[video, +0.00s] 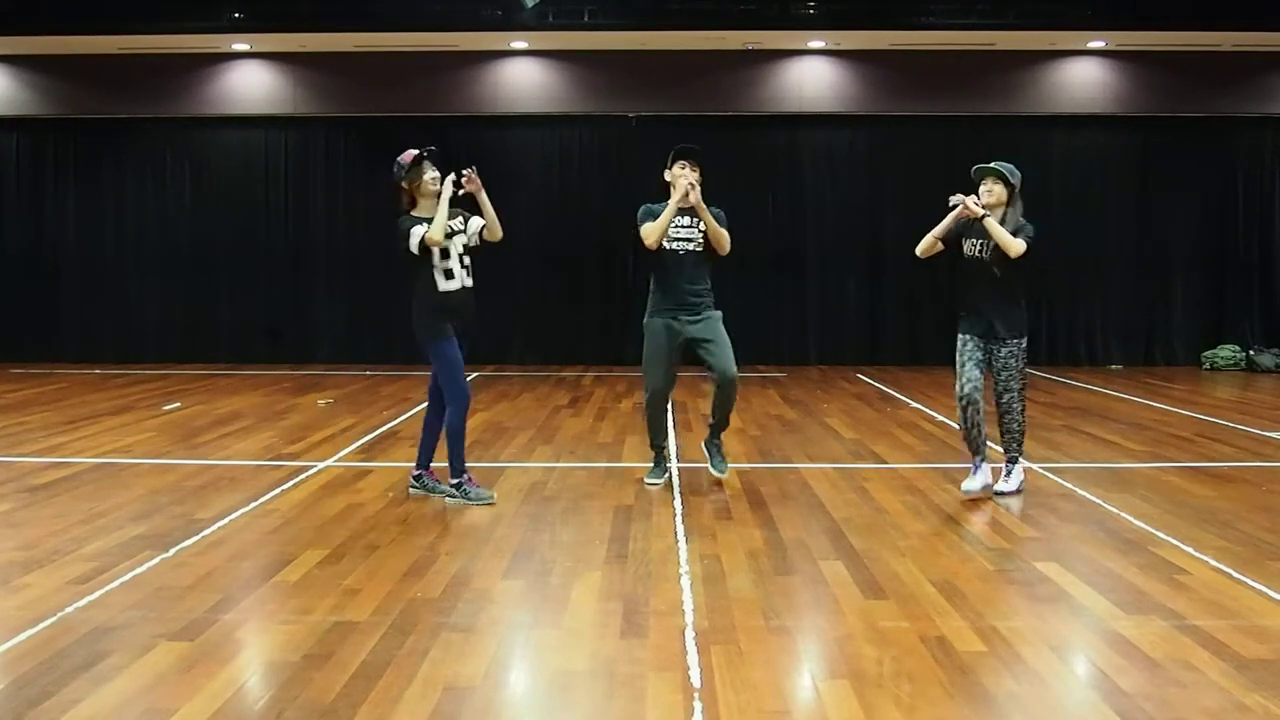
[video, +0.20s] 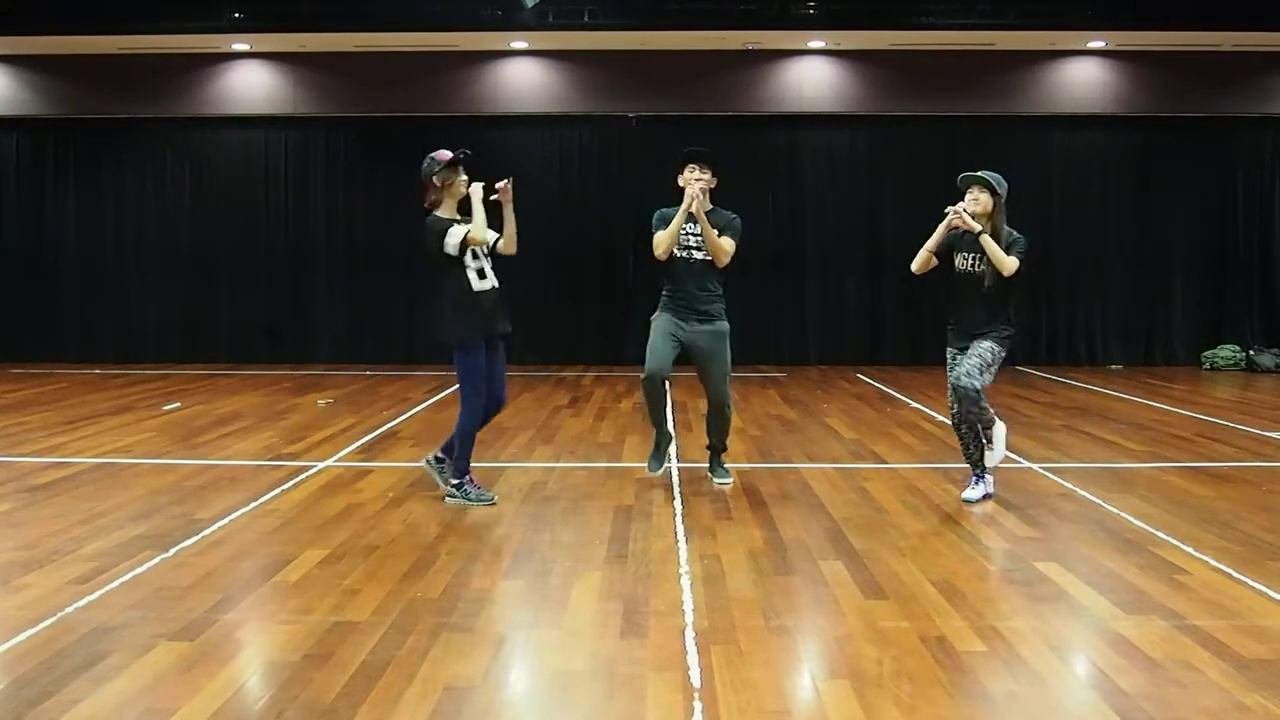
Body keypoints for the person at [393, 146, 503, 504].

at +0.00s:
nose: (435, 175)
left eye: (435, 170)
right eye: (426, 174)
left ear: (440, 180)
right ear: (410, 187)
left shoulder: (456, 216)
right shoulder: (408, 224)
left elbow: (494, 233)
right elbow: (436, 239)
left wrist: (480, 193)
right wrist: (444, 199)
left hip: (460, 317)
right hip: (433, 320)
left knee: (439, 397)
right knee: (459, 394)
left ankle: (421, 473)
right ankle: (458, 479)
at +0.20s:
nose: (463, 178)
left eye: (461, 172)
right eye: (454, 173)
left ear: (457, 179)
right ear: (438, 183)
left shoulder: (468, 220)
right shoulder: (436, 225)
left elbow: (508, 247)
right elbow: (479, 236)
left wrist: (507, 205)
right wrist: (477, 198)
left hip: (490, 317)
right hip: (465, 320)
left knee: (495, 398)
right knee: (473, 400)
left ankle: (444, 456)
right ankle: (459, 480)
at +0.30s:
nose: (478, 172)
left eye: (474, 167)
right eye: (469, 168)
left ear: (465, 179)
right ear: (453, 180)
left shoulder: (480, 221)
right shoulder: (456, 220)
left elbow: (525, 239)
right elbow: (503, 229)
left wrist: (519, 198)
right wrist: (497, 193)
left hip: (501, 318)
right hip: (477, 321)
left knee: (522, 395)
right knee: (478, 401)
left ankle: (482, 461)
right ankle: (459, 481)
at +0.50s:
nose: (515, 180)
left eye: (513, 173)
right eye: (508, 175)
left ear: (495, 182)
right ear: (489, 182)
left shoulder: (503, 220)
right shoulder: (486, 222)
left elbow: (541, 255)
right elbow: (539, 250)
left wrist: (545, 215)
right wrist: (534, 208)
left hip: (531, 321)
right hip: (508, 323)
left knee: (546, 395)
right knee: (505, 403)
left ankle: (533, 477)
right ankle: (465, 476)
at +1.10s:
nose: (606, 182)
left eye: (605, 176)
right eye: (597, 178)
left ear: (604, 179)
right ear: (579, 183)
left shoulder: (604, 222)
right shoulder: (572, 223)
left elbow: (635, 262)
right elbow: (606, 251)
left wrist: (641, 223)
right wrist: (613, 208)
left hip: (621, 322)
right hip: (598, 324)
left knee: (633, 401)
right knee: (608, 402)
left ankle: (574, 453)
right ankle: (601, 485)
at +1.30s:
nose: (633, 175)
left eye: (631, 169)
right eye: (625, 171)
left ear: (627, 175)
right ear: (606, 178)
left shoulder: (636, 214)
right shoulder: (601, 217)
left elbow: (673, 244)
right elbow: (645, 240)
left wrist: (674, 209)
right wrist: (644, 199)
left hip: (647, 322)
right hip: (618, 326)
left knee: (673, 393)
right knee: (615, 405)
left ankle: (670, 480)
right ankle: (601, 483)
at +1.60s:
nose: (664, 187)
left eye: (667, 181)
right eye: (656, 182)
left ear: (673, 183)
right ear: (638, 186)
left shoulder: (684, 220)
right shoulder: (625, 221)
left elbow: (697, 266)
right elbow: (632, 253)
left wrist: (697, 219)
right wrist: (658, 214)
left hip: (686, 317)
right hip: (648, 318)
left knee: (687, 406)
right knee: (668, 401)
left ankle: (681, 479)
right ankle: (635, 461)